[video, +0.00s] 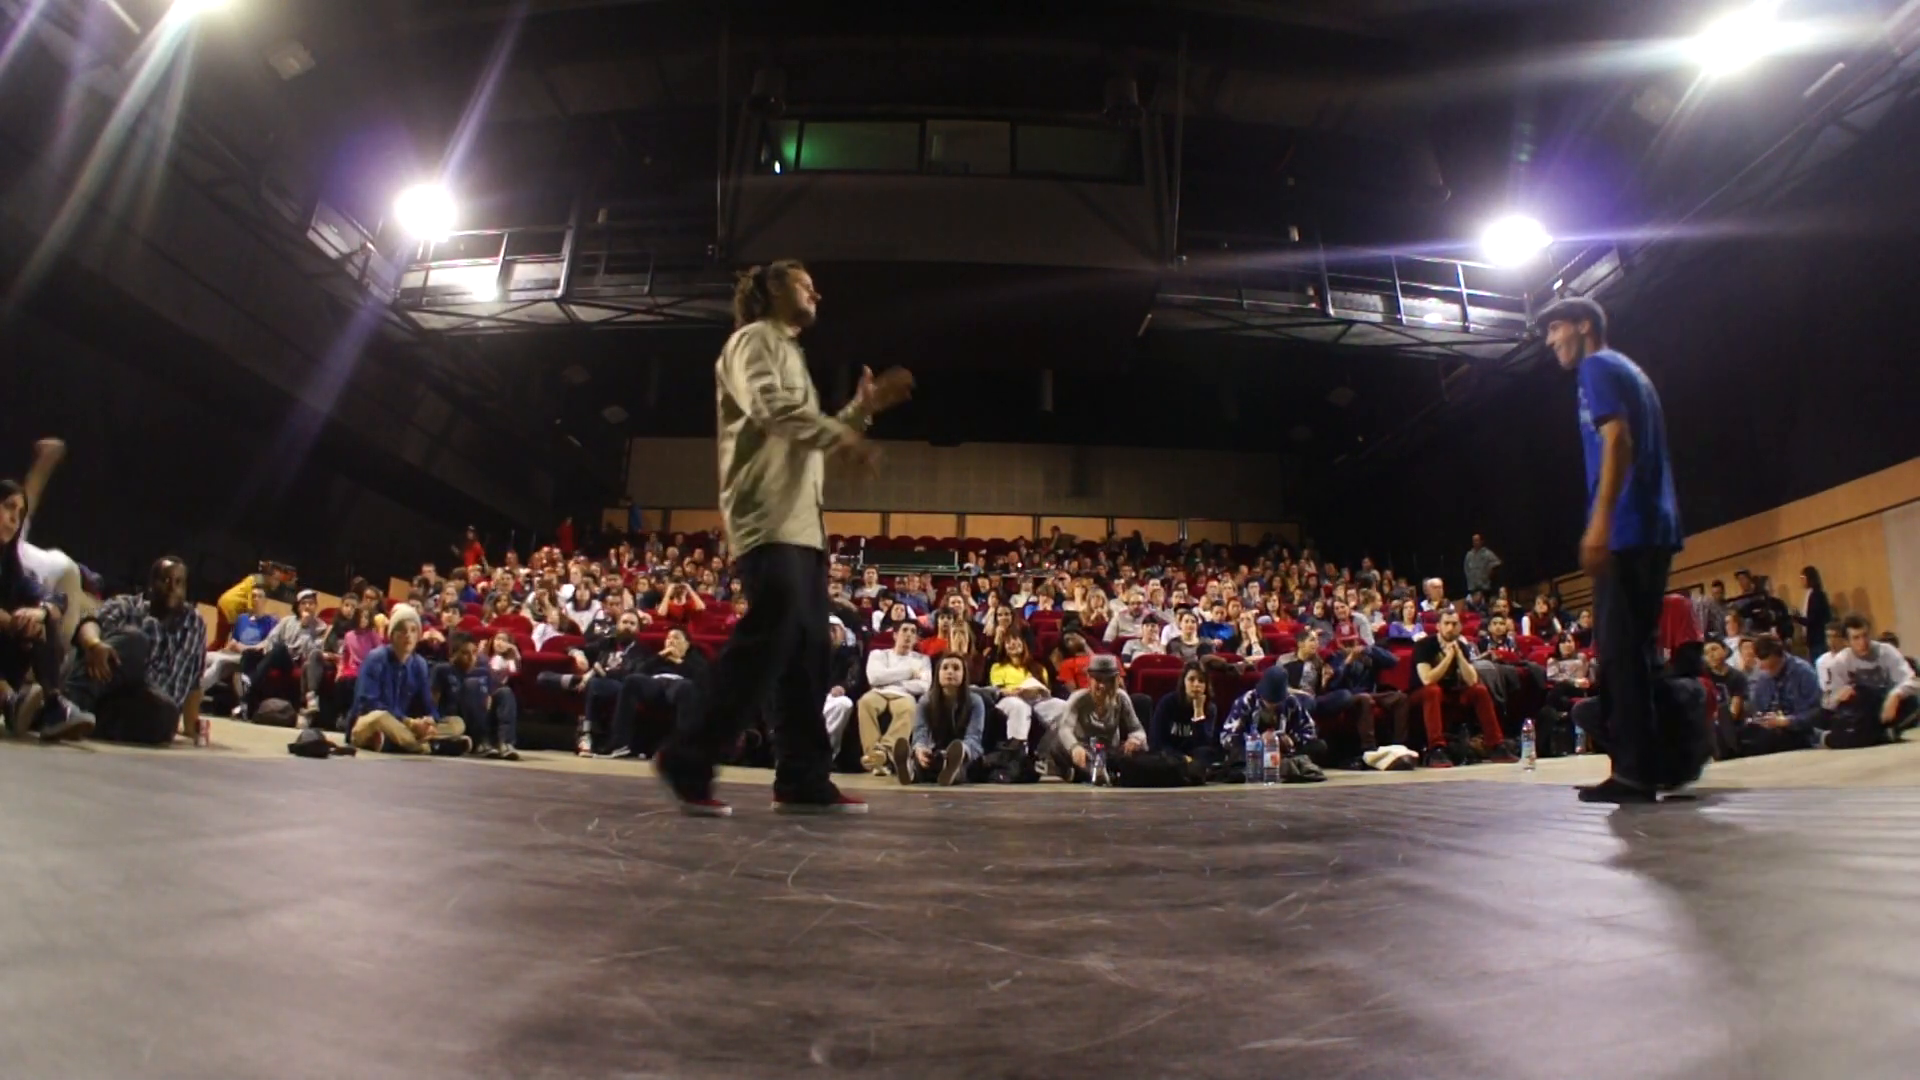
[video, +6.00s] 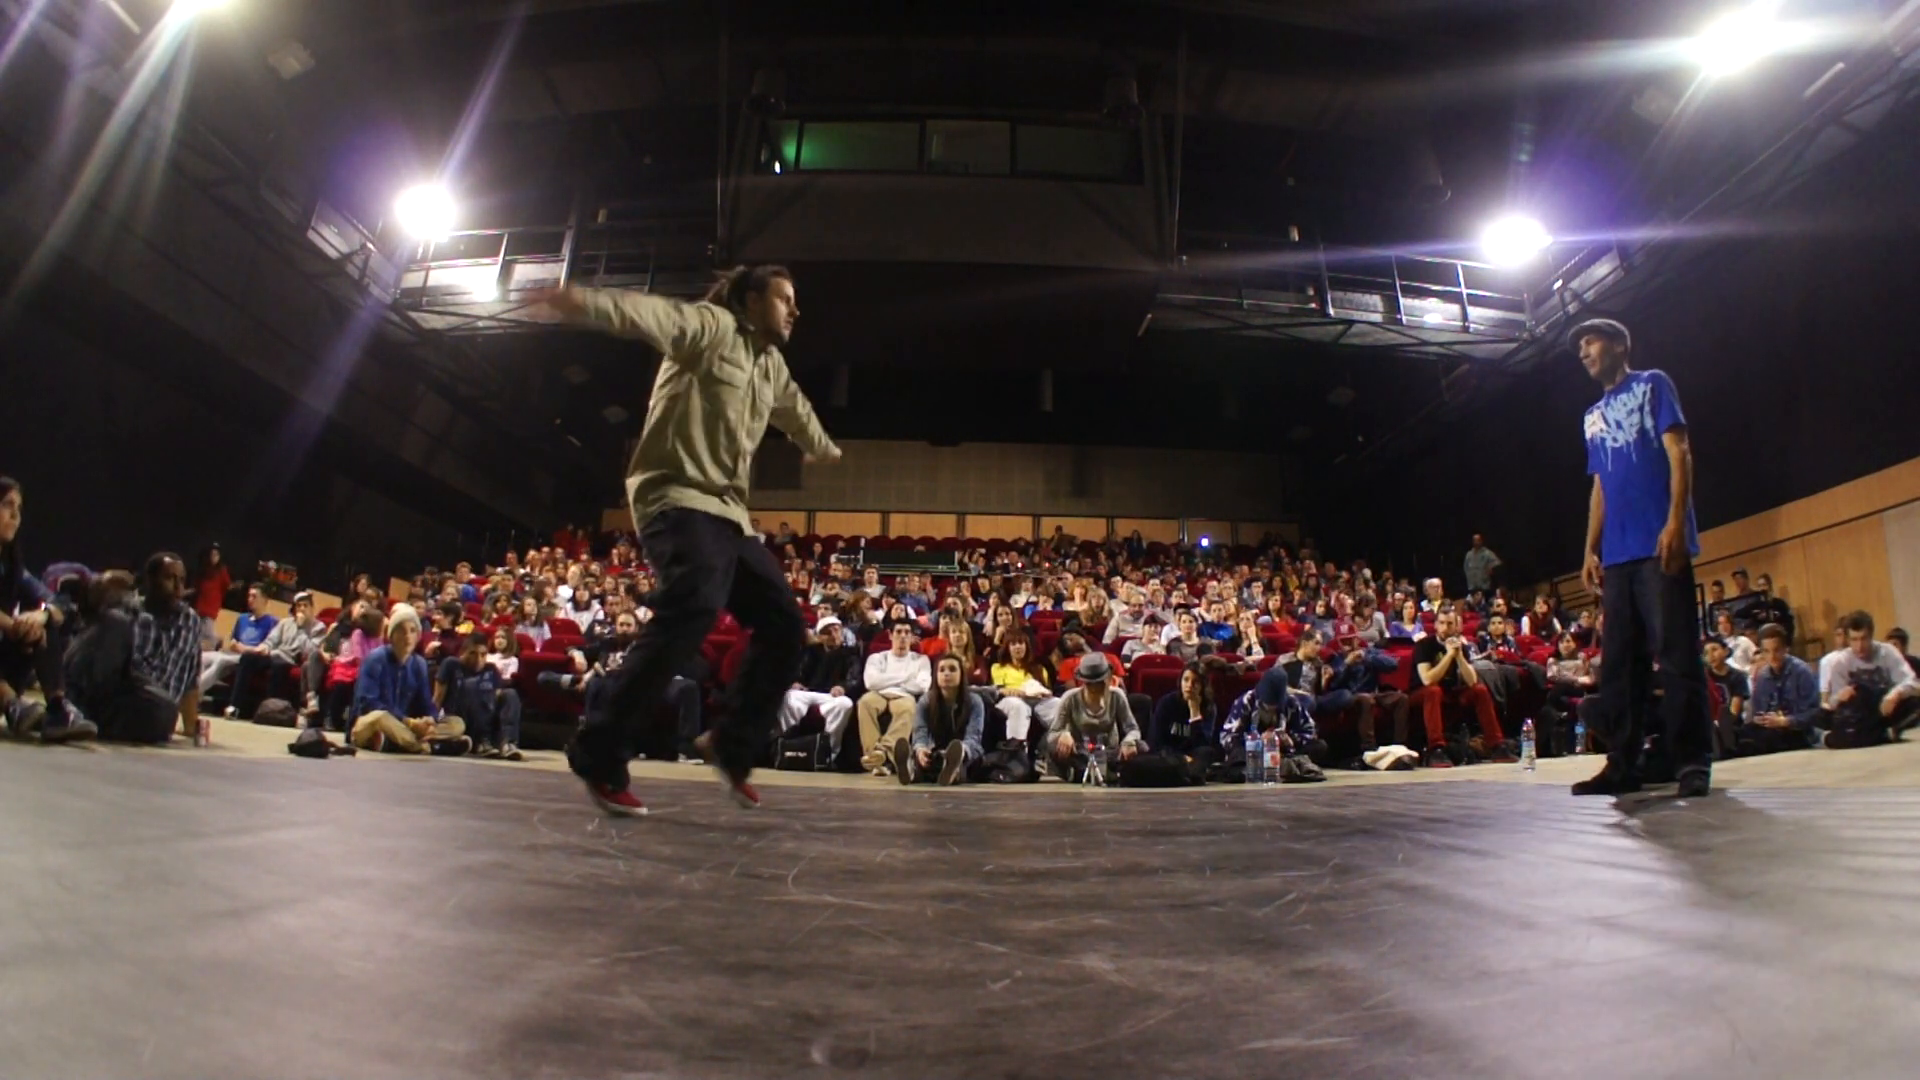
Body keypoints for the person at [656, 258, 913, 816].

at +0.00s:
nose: (815, 295)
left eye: (814, 288)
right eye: (805, 285)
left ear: (791, 297)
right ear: (773, 291)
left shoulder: (791, 356)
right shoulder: (753, 339)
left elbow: (810, 440)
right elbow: (771, 409)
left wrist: (859, 407)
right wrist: (840, 436)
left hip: (801, 521)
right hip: (768, 517)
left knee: (809, 645)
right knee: (775, 630)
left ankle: (803, 778)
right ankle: (687, 760)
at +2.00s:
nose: (767, 299)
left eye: (768, 292)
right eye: (758, 289)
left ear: (751, 300)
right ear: (724, 289)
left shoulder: (752, 369)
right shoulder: (687, 328)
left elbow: (796, 423)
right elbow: (627, 347)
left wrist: (859, 469)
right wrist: (682, 387)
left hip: (733, 522)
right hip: (681, 512)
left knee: (750, 643)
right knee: (669, 634)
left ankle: (743, 757)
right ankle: (615, 765)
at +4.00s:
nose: (740, 296)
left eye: (742, 289)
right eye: (731, 285)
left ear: (734, 298)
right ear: (695, 284)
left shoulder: (733, 345)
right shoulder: (666, 316)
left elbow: (797, 363)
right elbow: (635, 331)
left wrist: (873, 387)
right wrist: (639, 333)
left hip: (708, 515)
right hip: (654, 507)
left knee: (693, 650)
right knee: (635, 643)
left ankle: (689, 775)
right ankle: (609, 779)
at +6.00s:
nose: (792, 310)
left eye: (794, 303)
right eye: (783, 299)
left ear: (784, 313)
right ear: (749, 299)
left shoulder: (773, 370)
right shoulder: (713, 325)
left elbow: (798, 413)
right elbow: (656, 313)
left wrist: (823, 447)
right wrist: (587, 302)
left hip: (730, 513)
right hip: (676, 497)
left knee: (784, 627)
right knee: (692, 606)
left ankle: (735, 744)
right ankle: (600, 751)